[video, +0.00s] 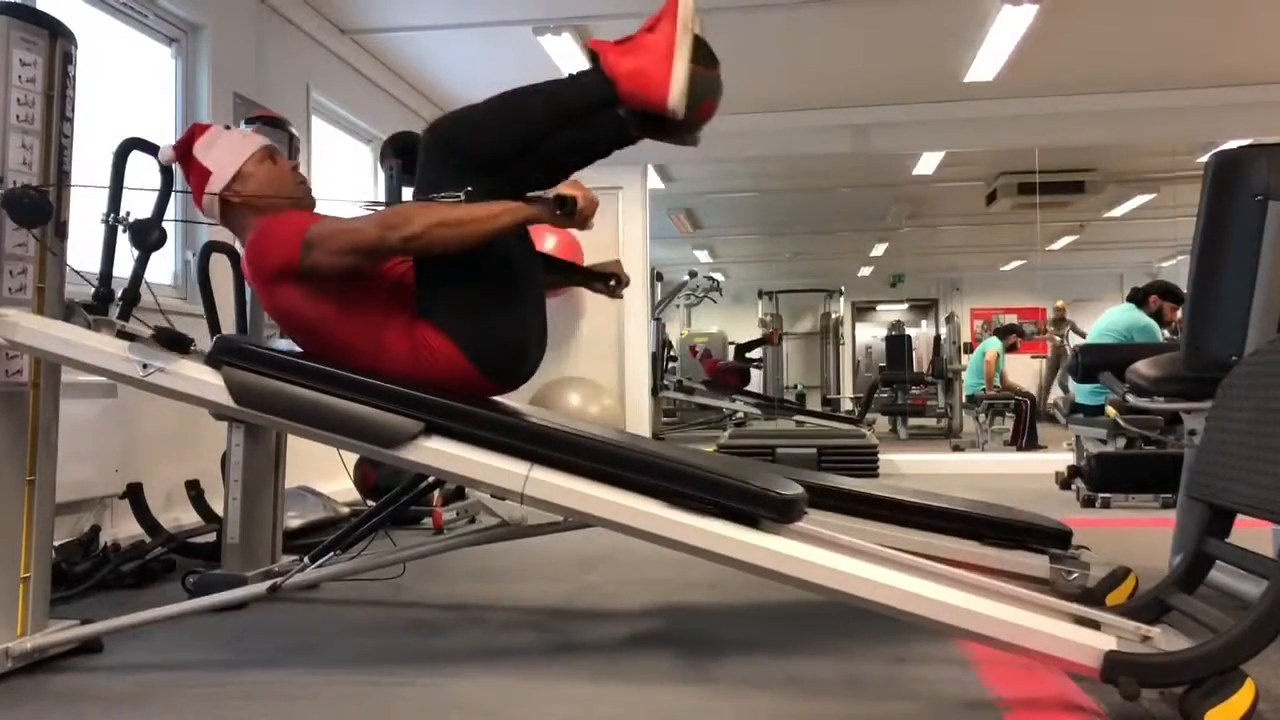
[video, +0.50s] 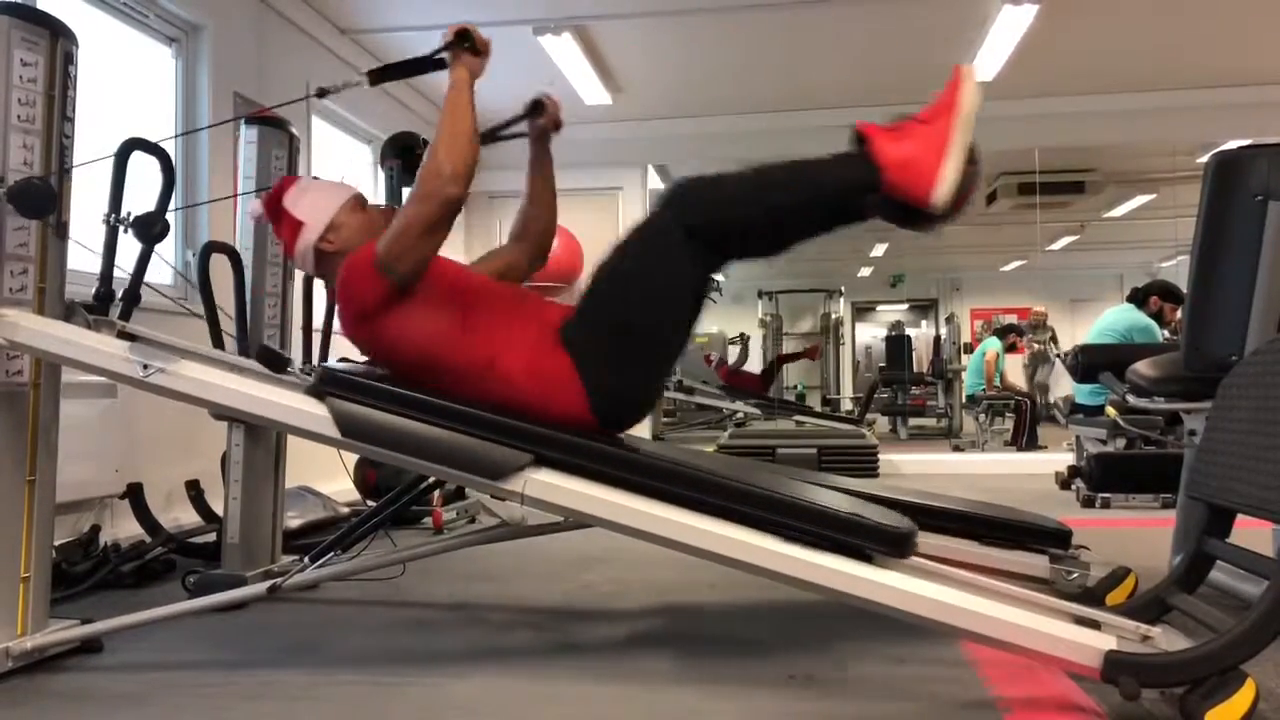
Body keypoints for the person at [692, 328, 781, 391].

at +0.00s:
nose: (709, 350)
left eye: (707, 348)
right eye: (706, 349)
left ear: (702, 356)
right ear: (704, 354)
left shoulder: (709, 365)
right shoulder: (710, 365)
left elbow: (732, 364)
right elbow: (731, 364)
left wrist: (754, 361)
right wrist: (752, 365)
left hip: (738, 380)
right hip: (741, 380)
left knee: (739, 350)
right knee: (739, 349)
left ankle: (768, 339)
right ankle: (768, 339)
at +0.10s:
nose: (710, 350)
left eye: (708, 349)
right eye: (707, 350)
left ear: (702, 356)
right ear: (705, 354)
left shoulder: (710, 366)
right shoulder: (711, 365)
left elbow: (731, 365)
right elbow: (732, 364)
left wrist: (754, 359)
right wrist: (753, 364)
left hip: (740, 380)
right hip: (743, 379)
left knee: (742, 350)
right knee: (742, 350)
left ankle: (769, 340)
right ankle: (770, 340)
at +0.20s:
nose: (712, 351)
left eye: (709, 350)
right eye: (709, 351)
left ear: (704, 358)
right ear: (707, 356)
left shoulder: (712, 368)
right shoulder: (714, 366)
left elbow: (733, 363)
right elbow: (736, 362)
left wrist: (746, 360)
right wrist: (748, 361)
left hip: (743, 381)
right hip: (745, 381)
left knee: (749, 351)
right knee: (749, 351)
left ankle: (778, 342)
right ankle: (778, 343)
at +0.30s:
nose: (714, 353)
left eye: (711, 351)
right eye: (711, 352)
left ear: (707, 360)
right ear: (710, 357)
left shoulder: (716, 368)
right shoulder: (718, 368)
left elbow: (735, 362)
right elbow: (736, 362)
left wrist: (746, 350)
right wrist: (747, 349)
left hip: (747, 382)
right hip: (750, 383)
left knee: (756, 353)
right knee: (757, 353)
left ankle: (784, 345)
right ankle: (785, 345)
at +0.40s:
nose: (720, 357)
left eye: (717, 355)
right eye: (717, 356)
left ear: (711, 363)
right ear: (715, 360)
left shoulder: (720, 371)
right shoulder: (721, 370)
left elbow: (738, 362)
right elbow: (738, 362)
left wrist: (745, 347)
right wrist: (746, 347)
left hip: (753, 385)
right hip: (755, 384)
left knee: (766, 358)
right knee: (767, 357)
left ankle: (797, 349)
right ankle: (798, 349)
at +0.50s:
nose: (720, 357)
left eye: (718, 356)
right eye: (718, 357)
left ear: (714, 364)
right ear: (715, 361)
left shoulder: (724, 372)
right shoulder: (725, 372)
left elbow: (740, 361)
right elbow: (741, 361)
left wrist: (743, 345)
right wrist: (744, 344)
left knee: (777, 362)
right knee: (778, 361)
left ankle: (806, 354)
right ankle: (807, 354)